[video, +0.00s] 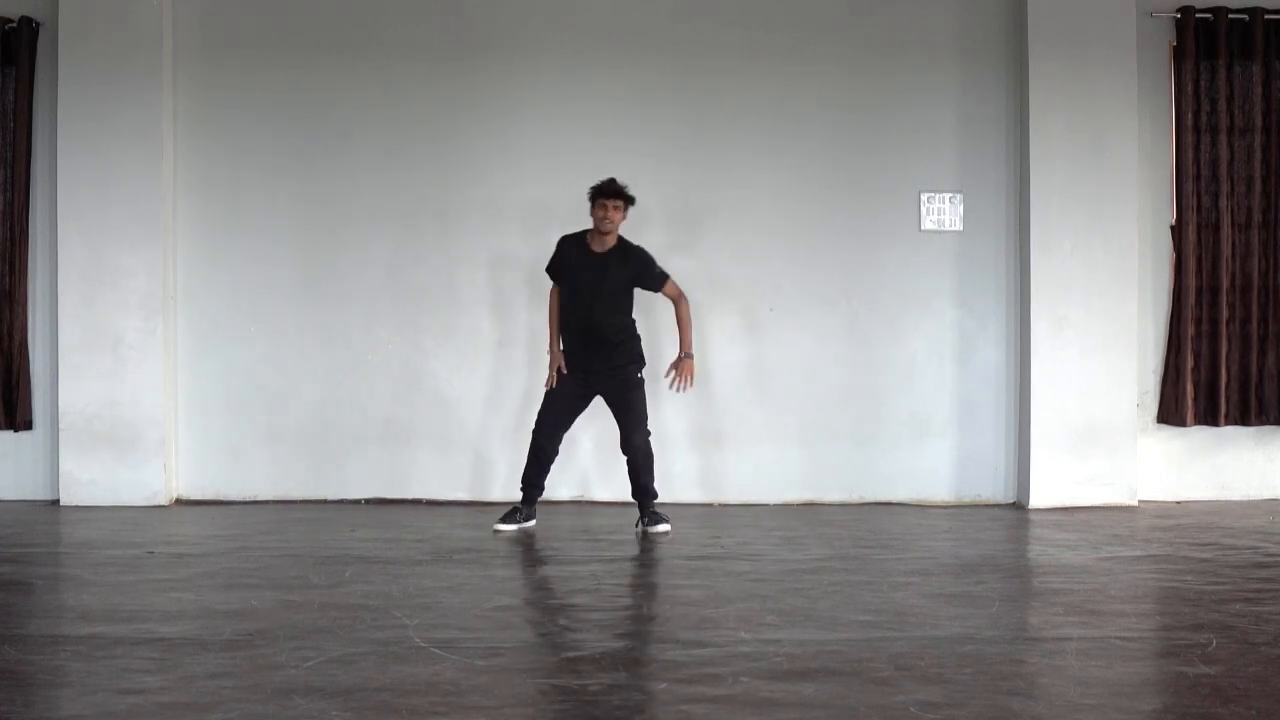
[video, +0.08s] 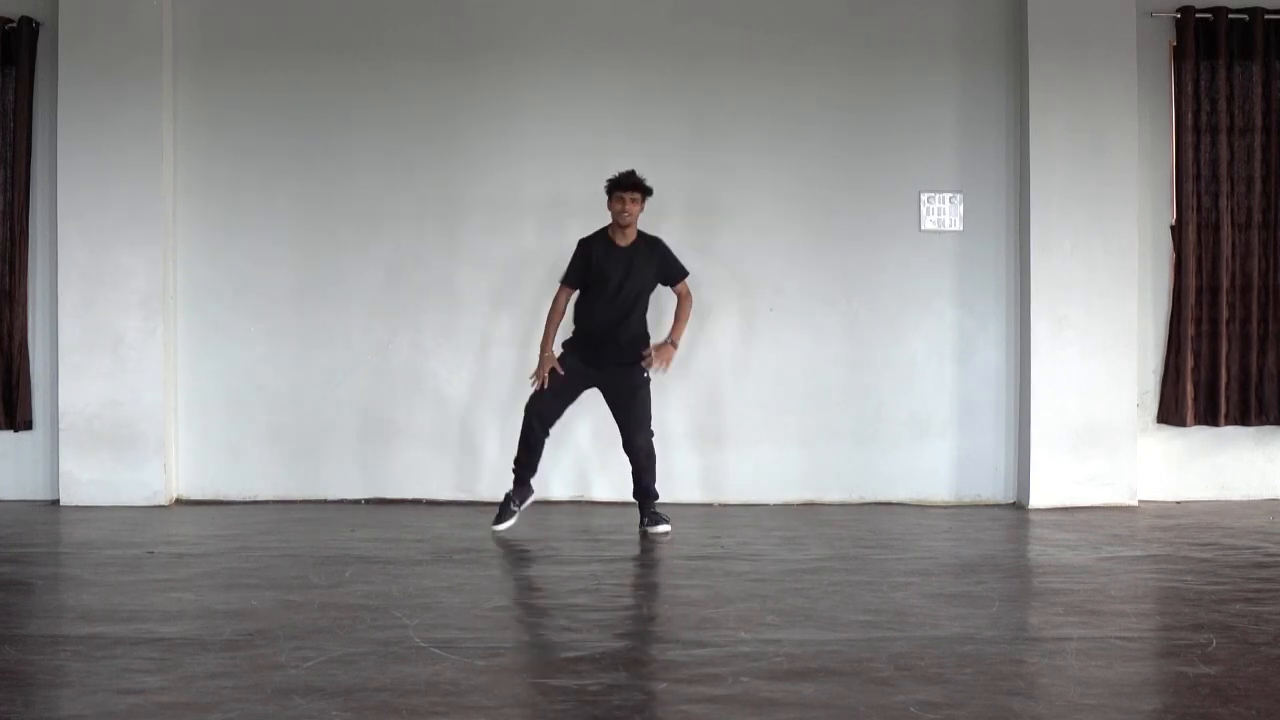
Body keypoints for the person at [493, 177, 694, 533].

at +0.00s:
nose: (608, 214)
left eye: (615, 209)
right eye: (602, 207)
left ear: (625, 215)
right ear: (591, 209)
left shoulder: (634, 258)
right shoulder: (568, 247)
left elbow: (679, 298)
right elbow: (557, 295)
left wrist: (686, 353)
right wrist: (554, 350)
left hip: (621, 367)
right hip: (575, 366)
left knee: (636, 440)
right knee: (544, 434)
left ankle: (648, 510)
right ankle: (526, 507)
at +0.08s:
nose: (626, 207)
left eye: (634, 202)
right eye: (620, 200)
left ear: (642, 207)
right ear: (609, 204)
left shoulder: (654, 250)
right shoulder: (589, 247)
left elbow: (684, 294)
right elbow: (562, 298)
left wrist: (672, 343)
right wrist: (546, 349)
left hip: (629, 362)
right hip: (581, 356)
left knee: (639, 439)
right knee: (536, 412)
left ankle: (648, 509)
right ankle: (519, 490)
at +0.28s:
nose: (629, 193)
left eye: (636, 187)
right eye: (622, 186)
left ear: (647, 190)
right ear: (612, 190)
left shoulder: (667, 223)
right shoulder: (602, 234)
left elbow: (685, 279)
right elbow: (573, 282)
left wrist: (636, 307)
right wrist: (554, 322)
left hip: (648, 341)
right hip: (607, 329)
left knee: (650, 429)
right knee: (557, 335)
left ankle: (650, 509)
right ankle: (553, 410)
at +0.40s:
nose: (629, 199)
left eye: (636, 192)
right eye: (622, 192)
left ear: (646, 194)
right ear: (611, 195)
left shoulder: (660, 218)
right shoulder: (604, 232)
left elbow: (671, 274)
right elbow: (599, 280)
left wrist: (629, 315)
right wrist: (594, 321)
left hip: (660, 336)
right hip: (621, 330)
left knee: (657, 425)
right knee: (586, 339)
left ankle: (651, 508)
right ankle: (591, 424)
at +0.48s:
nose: (632, 206)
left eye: (639, 200)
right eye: (625, 199)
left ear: (649, 202)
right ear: (614, 201)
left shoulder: (662, 228)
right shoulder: (609, 232)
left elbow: (663, 285)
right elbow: (617, 281)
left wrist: (636, 332)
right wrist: (629, 328)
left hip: (669, 340)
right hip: (628, 336)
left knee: (665, 427)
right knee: (600, 376)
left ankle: (652, 507)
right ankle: (619, 461)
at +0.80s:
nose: (636, 195)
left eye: (643, 189)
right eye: (629, 189)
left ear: (652, 194)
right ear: (617, 192)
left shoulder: (669, 230)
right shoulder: (602, 231)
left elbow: (708, 280)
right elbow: (584, 287)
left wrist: (715, 335)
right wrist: (635, 298)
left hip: (680, 341)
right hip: (637, 354)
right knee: (652, 439)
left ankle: (692, 448)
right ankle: (661, 526)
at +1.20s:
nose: (643, 231)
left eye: (651, 224)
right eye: (636, 223)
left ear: (661, 226)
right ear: (625, 225)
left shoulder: (677, 263)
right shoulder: (617, 271)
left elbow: (684, 327)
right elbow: (618, 336)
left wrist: (667, 387)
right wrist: (642, 337)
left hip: (677, 371)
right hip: (635, 369)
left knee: (634, 438)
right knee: (621, 452)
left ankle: (613, 526)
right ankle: (665, 523)